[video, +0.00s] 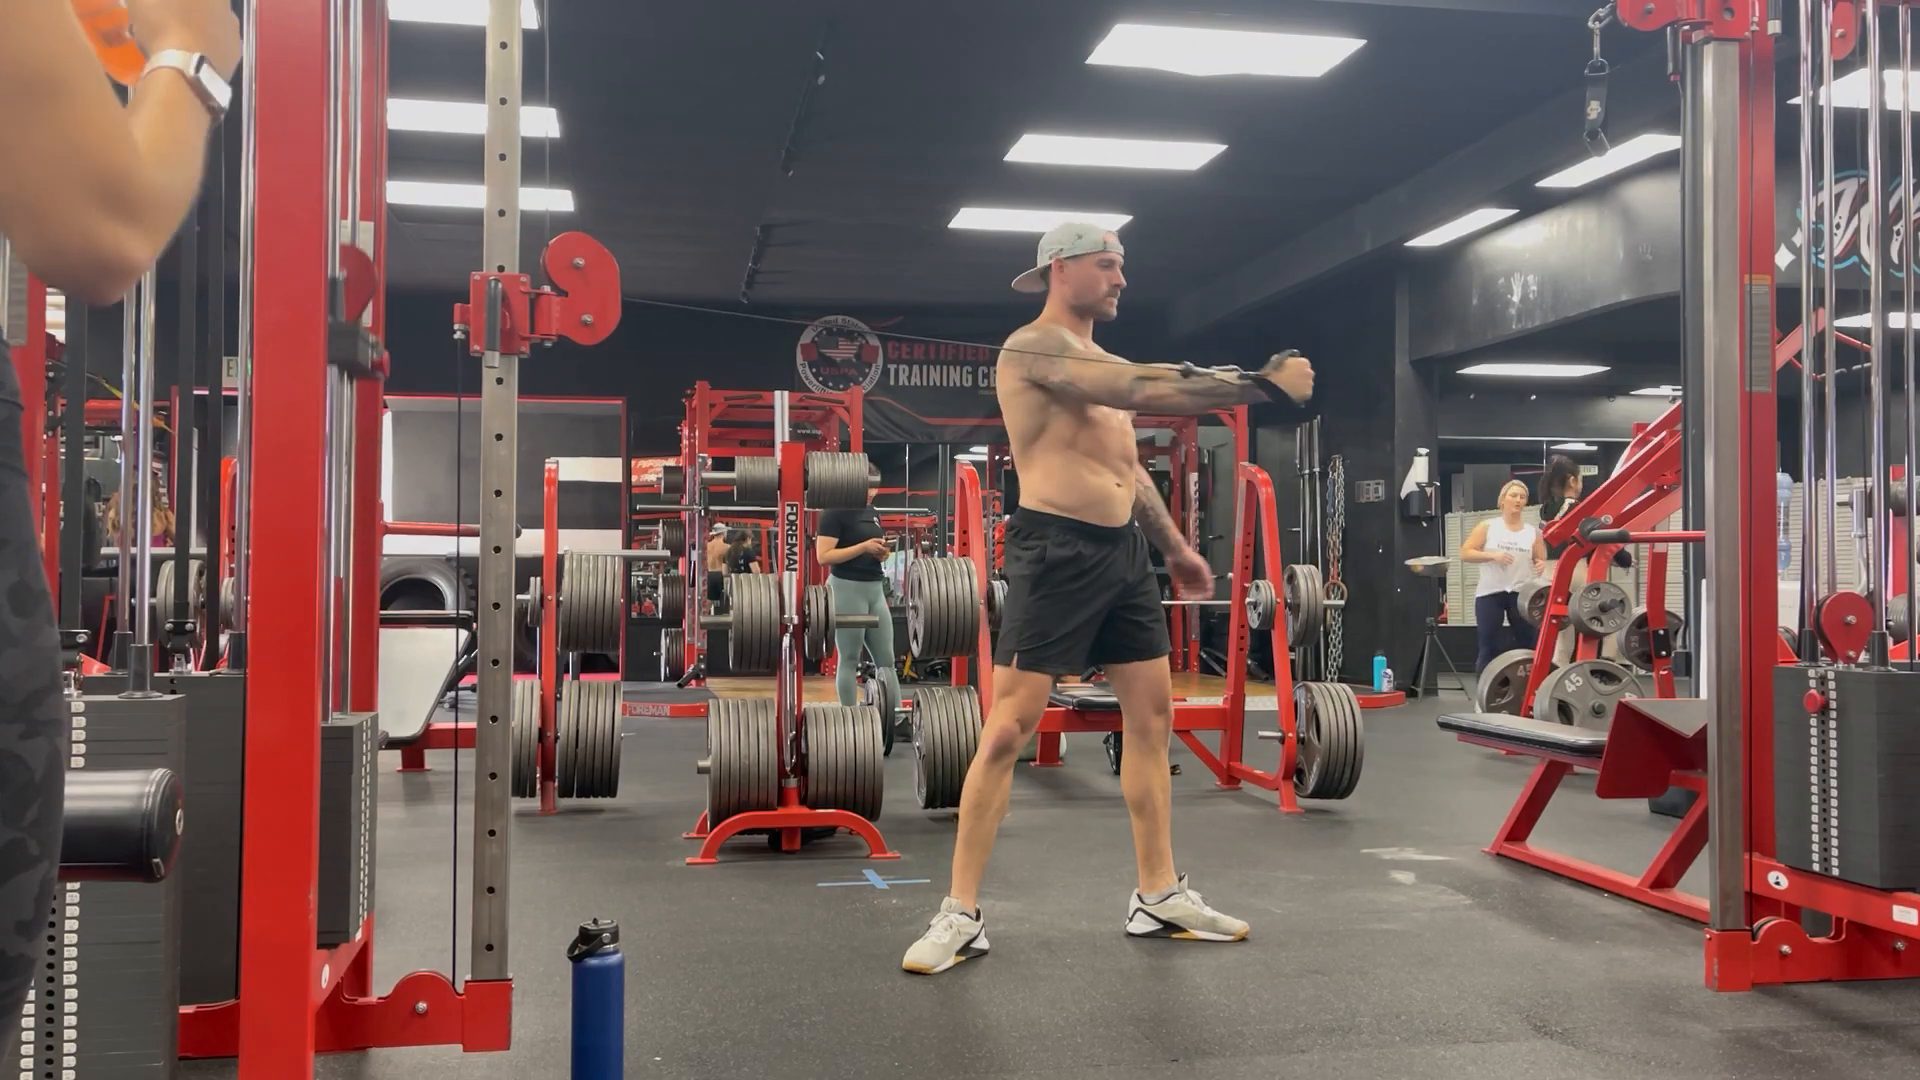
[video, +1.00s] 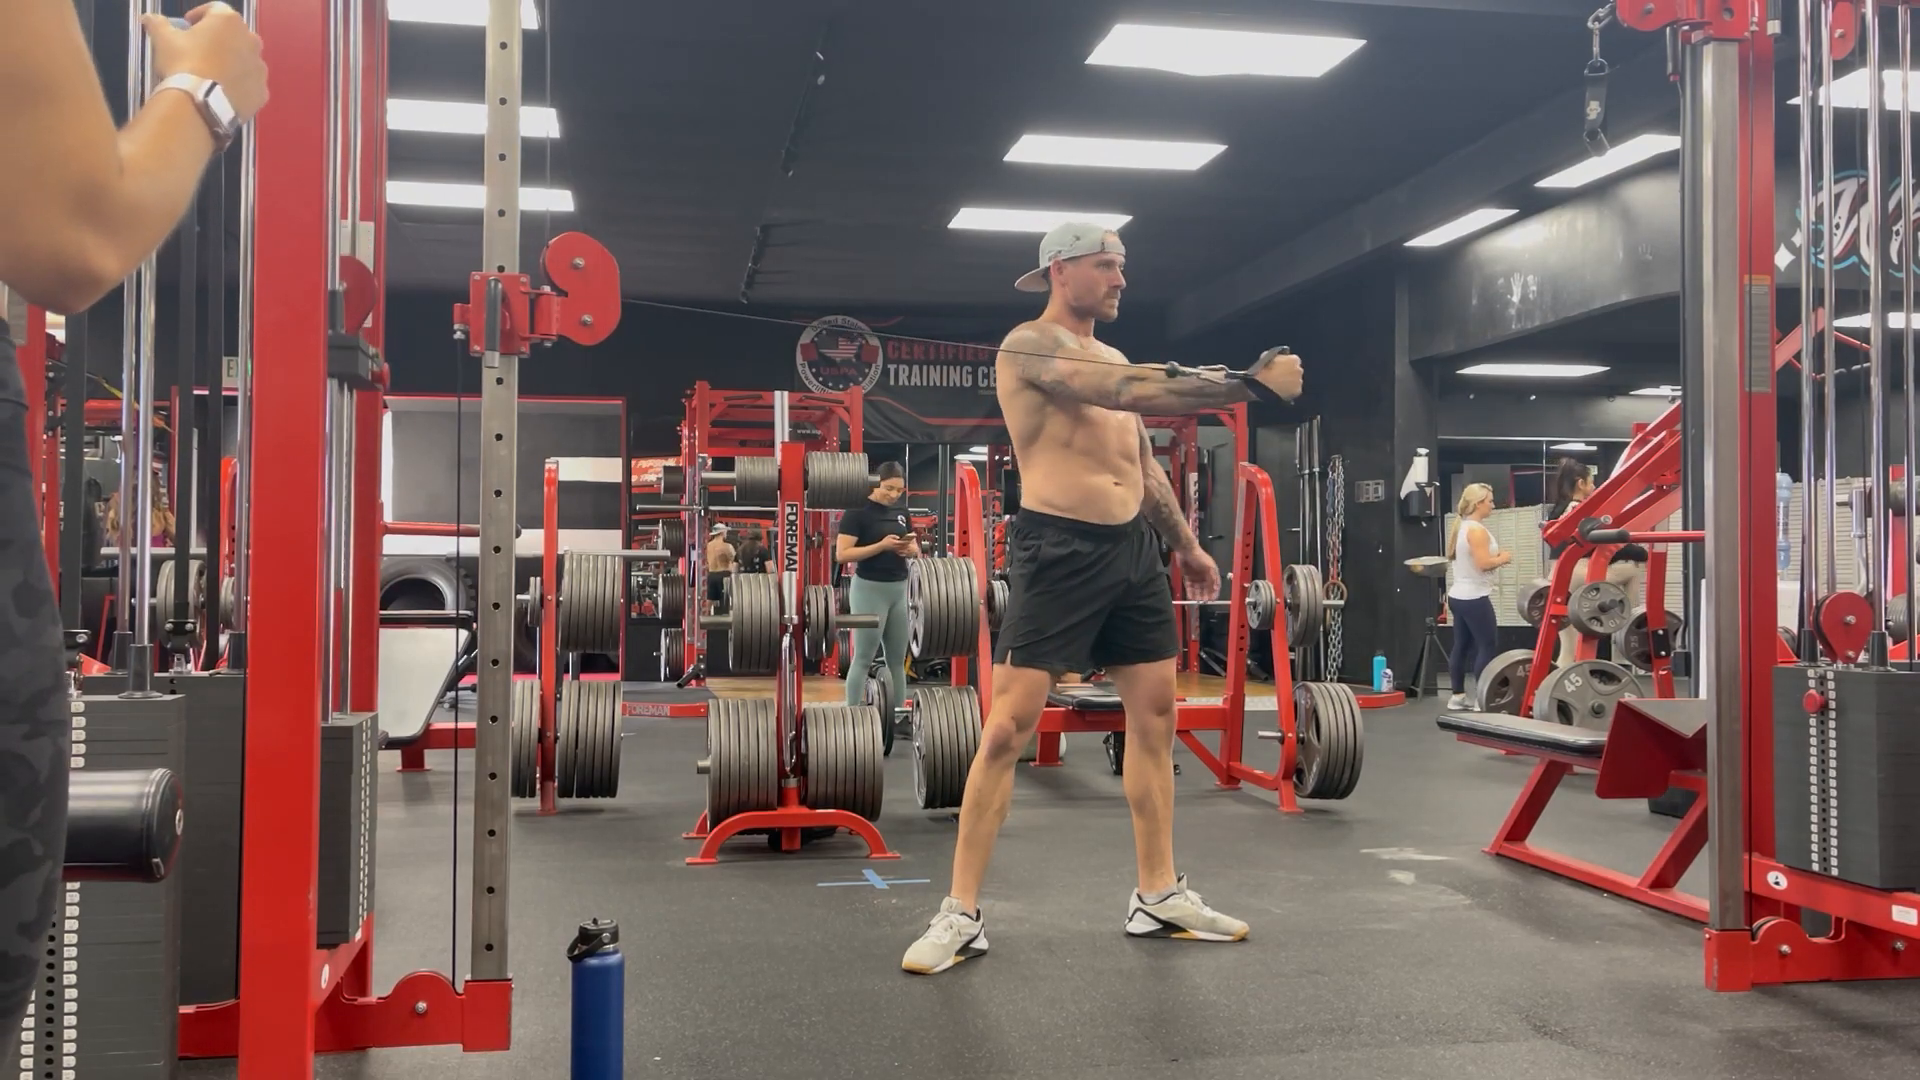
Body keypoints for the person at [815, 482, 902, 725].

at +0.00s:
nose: (872, 492)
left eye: (875, 487)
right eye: (869, 486)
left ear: (876, 489)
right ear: (856, 484)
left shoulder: (871, 513)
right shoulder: (835, 513)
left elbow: (878, 552)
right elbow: (823, 556)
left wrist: (883, 552)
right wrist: (863, 548)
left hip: (875, 589)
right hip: (847, 589)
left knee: (886, 659)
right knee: (849, 659)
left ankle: (896, 720)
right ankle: (850, 721)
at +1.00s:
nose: (895, 495)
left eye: (899, 490)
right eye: (890, 489)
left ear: (903, 488)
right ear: (877, 484)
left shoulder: (901, 513)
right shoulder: (857, 513)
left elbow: (915, 549)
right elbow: (842, 553)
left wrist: (911, 549)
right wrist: (881, 546)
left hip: (898, 591)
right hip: (869, 590)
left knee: (897, 661)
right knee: (863, 659)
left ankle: (899, 719)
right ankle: (852, 718)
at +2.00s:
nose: (904, 494)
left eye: (908, 490)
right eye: (899, 488)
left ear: (910, 489)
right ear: (883, 483)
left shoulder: (907, 514)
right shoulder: (866, 512)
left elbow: (918, 554)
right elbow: (850, 552)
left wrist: (917, 549)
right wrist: (891, 547)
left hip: (902, 590)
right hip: (874, 589)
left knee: (898, 659)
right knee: (867, 658)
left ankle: (901, 715)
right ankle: (854, 716)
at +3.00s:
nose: (899, 495)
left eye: (903, 491)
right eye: (895, 489)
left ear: (905, 490)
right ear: (880, 484)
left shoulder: (896, 515)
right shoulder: (860, 513)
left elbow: (909, 554)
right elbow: (847, 553)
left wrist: (914, 549)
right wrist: (889, 547)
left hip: (899, 590)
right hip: (872, 590)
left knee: (897, 660)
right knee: (865, 657)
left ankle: (901, 716)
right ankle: (854, 715)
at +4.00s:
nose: (898, 497)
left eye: (901, 493)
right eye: (894, 491)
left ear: (903, 491)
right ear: (879, 485)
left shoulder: (895, 515)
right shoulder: (858, 514)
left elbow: (902, 556)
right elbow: (846, 554)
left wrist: (911, 548)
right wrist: (888, 548)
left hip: (898, 590)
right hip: (870, 590)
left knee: (896, 661)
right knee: (865, 657)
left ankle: (901, 716)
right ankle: (853, 716)